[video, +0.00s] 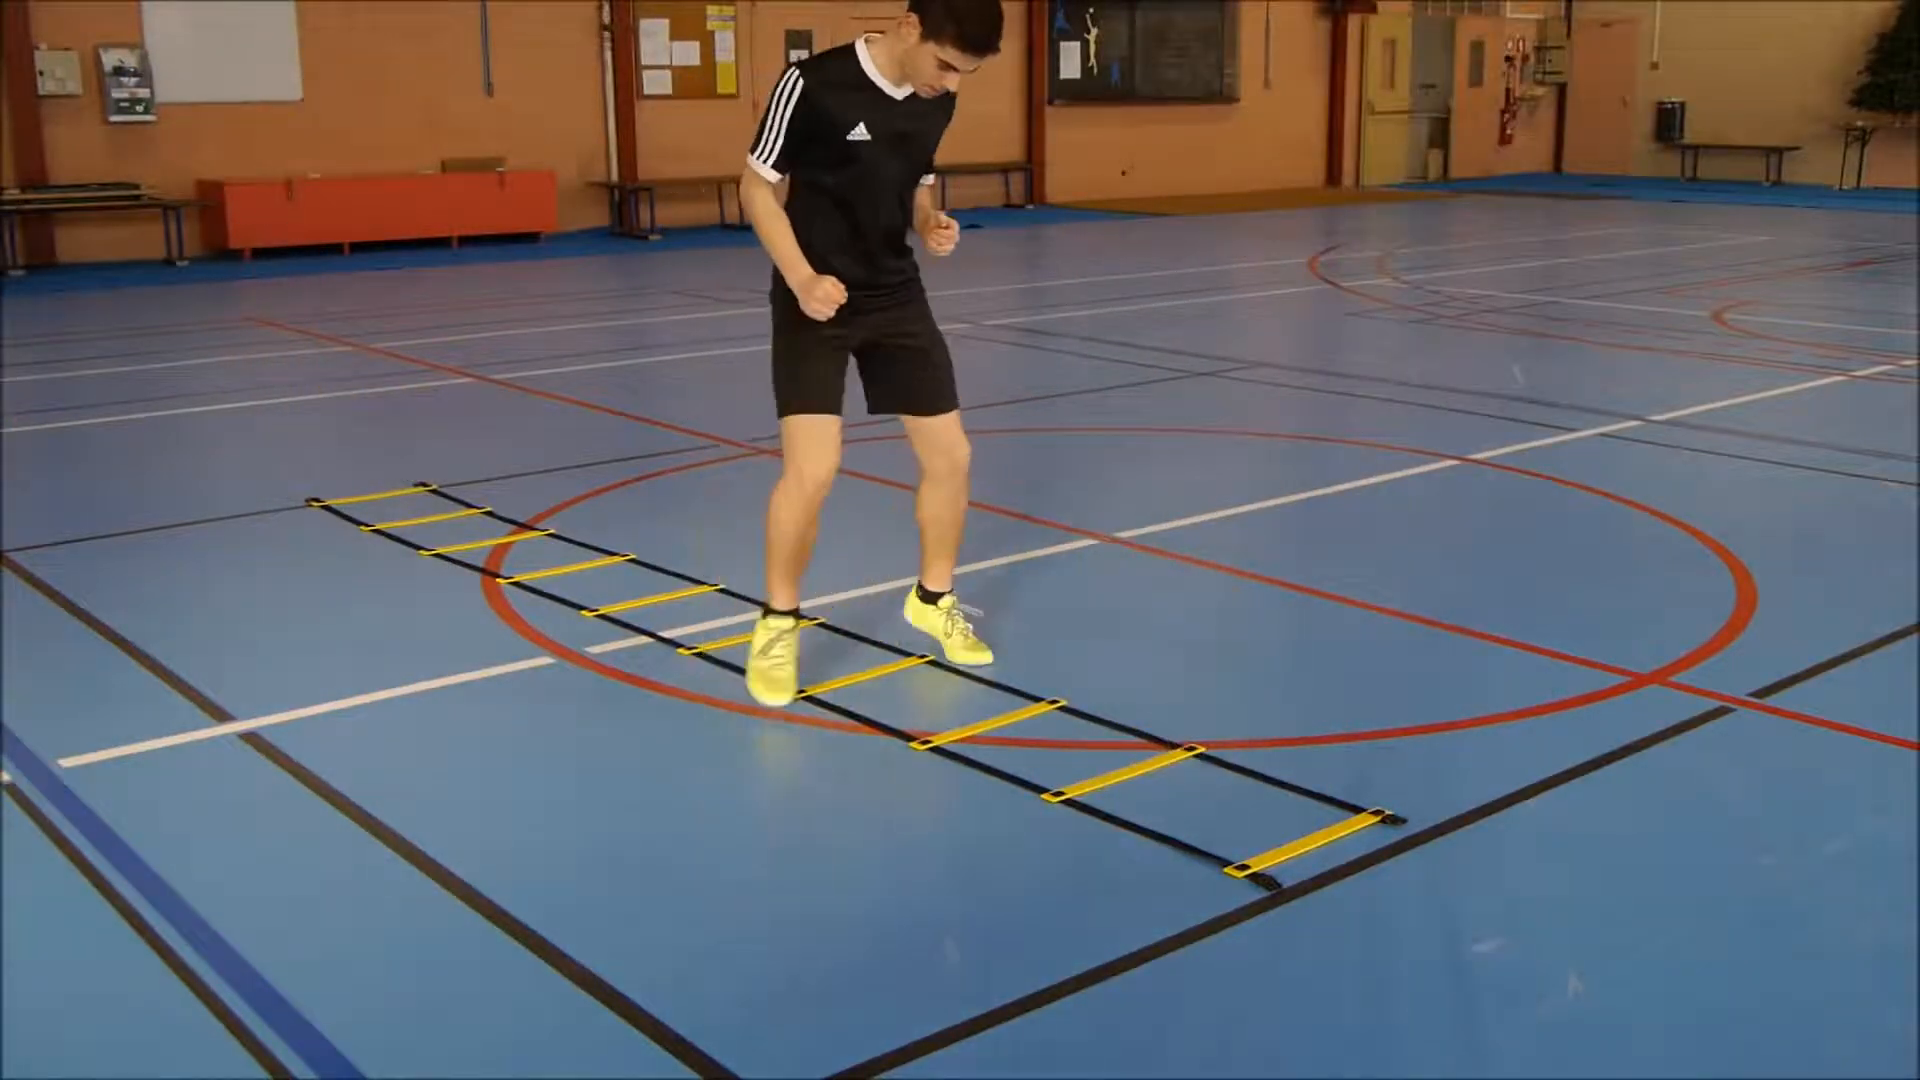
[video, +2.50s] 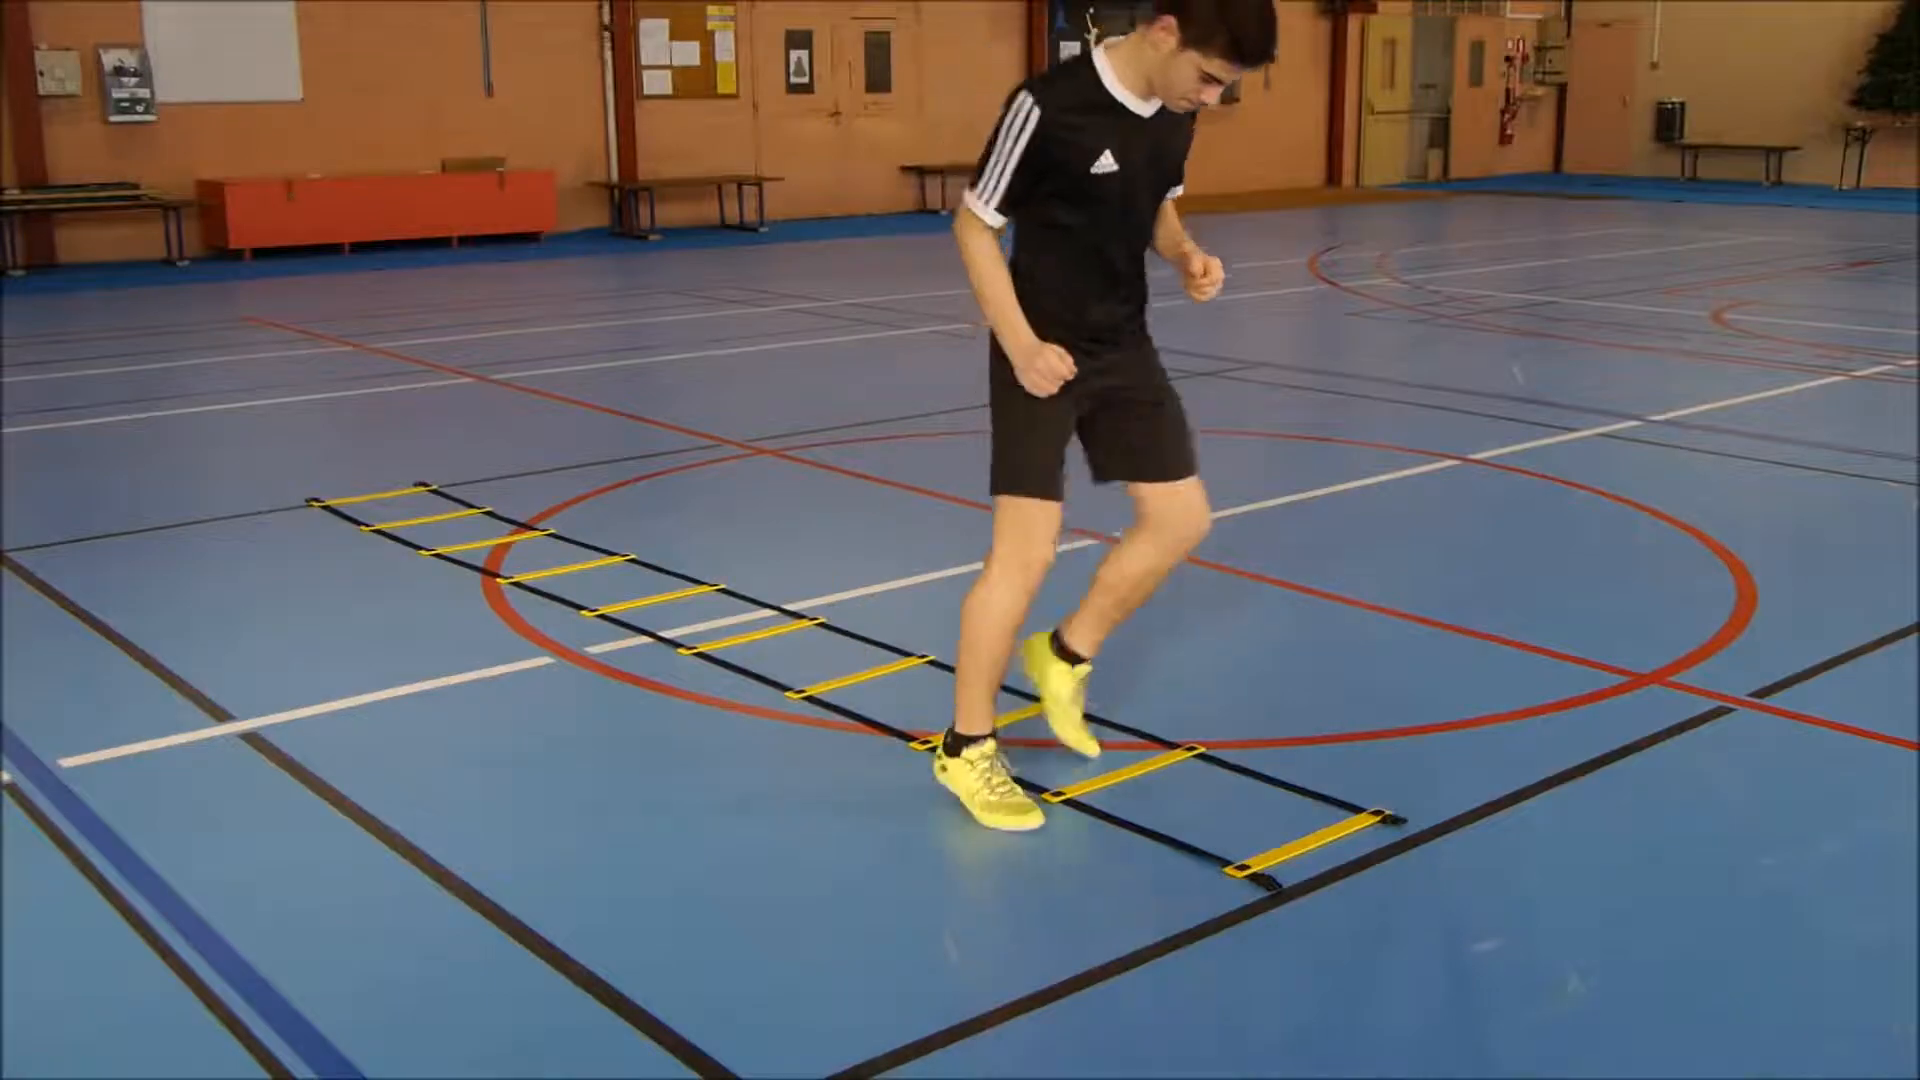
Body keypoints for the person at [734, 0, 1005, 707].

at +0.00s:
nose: (951, 83)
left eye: (962, 72)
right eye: (944, 65)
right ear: (905, 27)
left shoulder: (938, 96)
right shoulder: (809, 84)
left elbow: (918, 180)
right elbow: (757, 187)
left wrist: (930, 222)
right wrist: (801, 278)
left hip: (894, 289)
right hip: (811, 292)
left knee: (948, 453)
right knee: (812, 467)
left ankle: (933, 599)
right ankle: (779, 620)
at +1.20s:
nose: (1044, 84)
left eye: (1055, 71)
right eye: (1037, 64)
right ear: (990, 26)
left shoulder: (1022, 98)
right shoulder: (899, 95)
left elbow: (1006, 187)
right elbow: (837, 217)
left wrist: (1029, 235)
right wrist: (914, 307)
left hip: (980, 318)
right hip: (895, 321)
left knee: (1064, 471)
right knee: (871, 513)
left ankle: (960, 606)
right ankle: (828, 695)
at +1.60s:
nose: (1095, 85)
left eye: (1107, 72)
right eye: (1089, 65)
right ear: (1044, 25)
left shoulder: (1083, 95)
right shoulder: (940, 89)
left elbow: (1075, 183)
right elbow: (886, 204)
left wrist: (1084, 236)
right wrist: (936, 298)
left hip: (1047, 319)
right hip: (958, 323)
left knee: (1085, 492)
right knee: (967, 511)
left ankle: (1063, 648)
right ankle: (936, 664)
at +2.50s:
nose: (1213, 98)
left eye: (1227, 86)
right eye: (1208, 77)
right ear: (1161, 32)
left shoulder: (1179, 108)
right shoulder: (1045, 103)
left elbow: (1160, 205)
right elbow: (974, 223)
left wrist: (1186, 252)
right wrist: (1021, 342)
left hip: (1120, 343)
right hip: (1034, 345)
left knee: (1180, 518)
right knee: (1023, 550)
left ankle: (1065, 654)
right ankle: (966, 744)